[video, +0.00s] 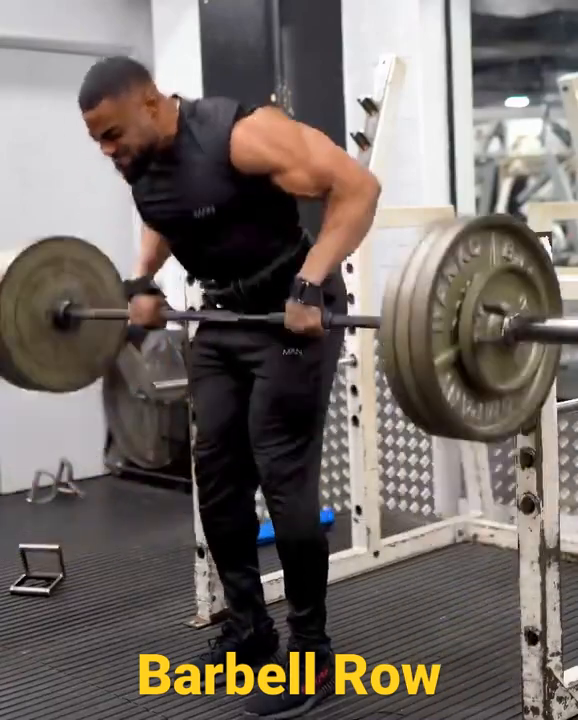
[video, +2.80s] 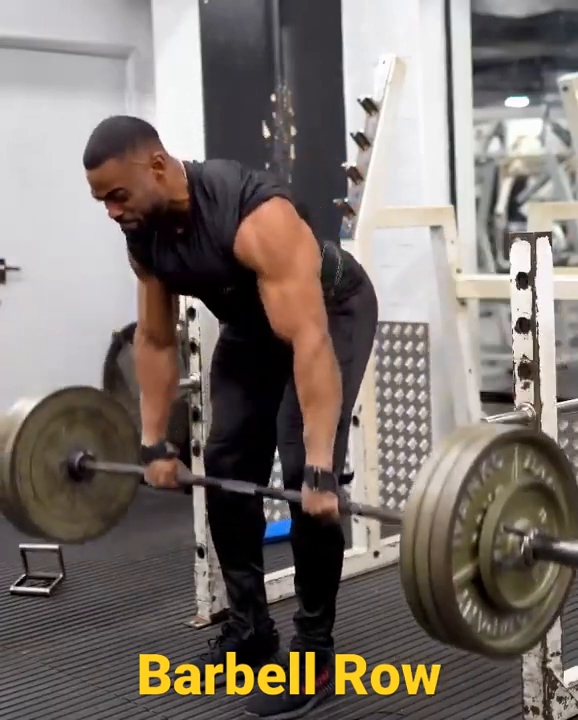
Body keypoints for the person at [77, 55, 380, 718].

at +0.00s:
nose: (109, 151)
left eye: (113, 134)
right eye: (99, 140)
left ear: (155, 104)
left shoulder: (240, 134)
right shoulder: (139, 163)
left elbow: (359, 187)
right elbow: (164, 217)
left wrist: (308, 285)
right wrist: (143, 279)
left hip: (293, 323)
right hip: (220, 326)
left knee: (283, 473)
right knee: (216, 474)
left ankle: (309, 647)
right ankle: (246, 628)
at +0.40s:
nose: (120, 174)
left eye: (125, 157)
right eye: (111, 164)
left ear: (166, 126)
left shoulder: (258, 163)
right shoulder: (153, 187)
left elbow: (345, 253)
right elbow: (166, 262)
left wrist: (314, 365)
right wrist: (151, 349)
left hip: (306, 325)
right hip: (236, 330)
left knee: (297, 477)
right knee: (227, 480)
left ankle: (311, 648)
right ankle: (248, 627)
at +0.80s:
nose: (112, 201)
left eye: (118, 185)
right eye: (104, 189)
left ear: (161, 157)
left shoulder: (258, 212)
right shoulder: (145, 224)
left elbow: (315, 332)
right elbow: (155, 332)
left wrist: (320, 460)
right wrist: (153, 436)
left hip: (325, 311)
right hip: (248, 324)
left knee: (305, 468)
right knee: (225, 469)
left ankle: (312, 648)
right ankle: (249, 627)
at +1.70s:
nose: (126, 152)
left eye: (133, 136)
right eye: (118, 141)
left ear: (174, 106)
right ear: (121, 129)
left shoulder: (261, 155)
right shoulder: (154, 180)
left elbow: (335, 265)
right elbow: (159, 278)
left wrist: (308, 383)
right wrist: (144, 370)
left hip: (307, 322)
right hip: (237, 327)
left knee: (303, 484)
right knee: (229, 484)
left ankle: (313, 651)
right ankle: (248, 629)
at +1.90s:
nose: (124, 139)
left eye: (129, 121)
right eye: (115, 128)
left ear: (170, 89)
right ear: (115, 115)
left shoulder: (257, 126)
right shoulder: (150, 153)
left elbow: (364, 196)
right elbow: (166, 216)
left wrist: (314, 293)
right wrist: (147, 288)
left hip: (302, 305)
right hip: (229, 307)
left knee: (295, 475)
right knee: (226, 478)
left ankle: (311, 652)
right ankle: (248, 632)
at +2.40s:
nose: (119, 179)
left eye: (124, 162)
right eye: (110, 169)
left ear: (165, 129)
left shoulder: (258, 167)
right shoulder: (151, 192)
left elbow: (346, 259)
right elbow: (166, 263)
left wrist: (316, 371)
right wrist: (152, 354)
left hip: (313, 326)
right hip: (240, 333)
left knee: (304, 486)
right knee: (230, 486)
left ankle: (312, 648)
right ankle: (249, 626)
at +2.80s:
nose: (112, 212)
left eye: (117, 196)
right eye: (104, 201)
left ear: (158, 164)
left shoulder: (258, 216)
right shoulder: (145, 235)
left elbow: (312, 340)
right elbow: (155, 340)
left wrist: (320, 470)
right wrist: (154, 442)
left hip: (329, 310)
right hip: (250, 323)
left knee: (308, 469)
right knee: (226, 470)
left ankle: (313, 648)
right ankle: (248, 626)